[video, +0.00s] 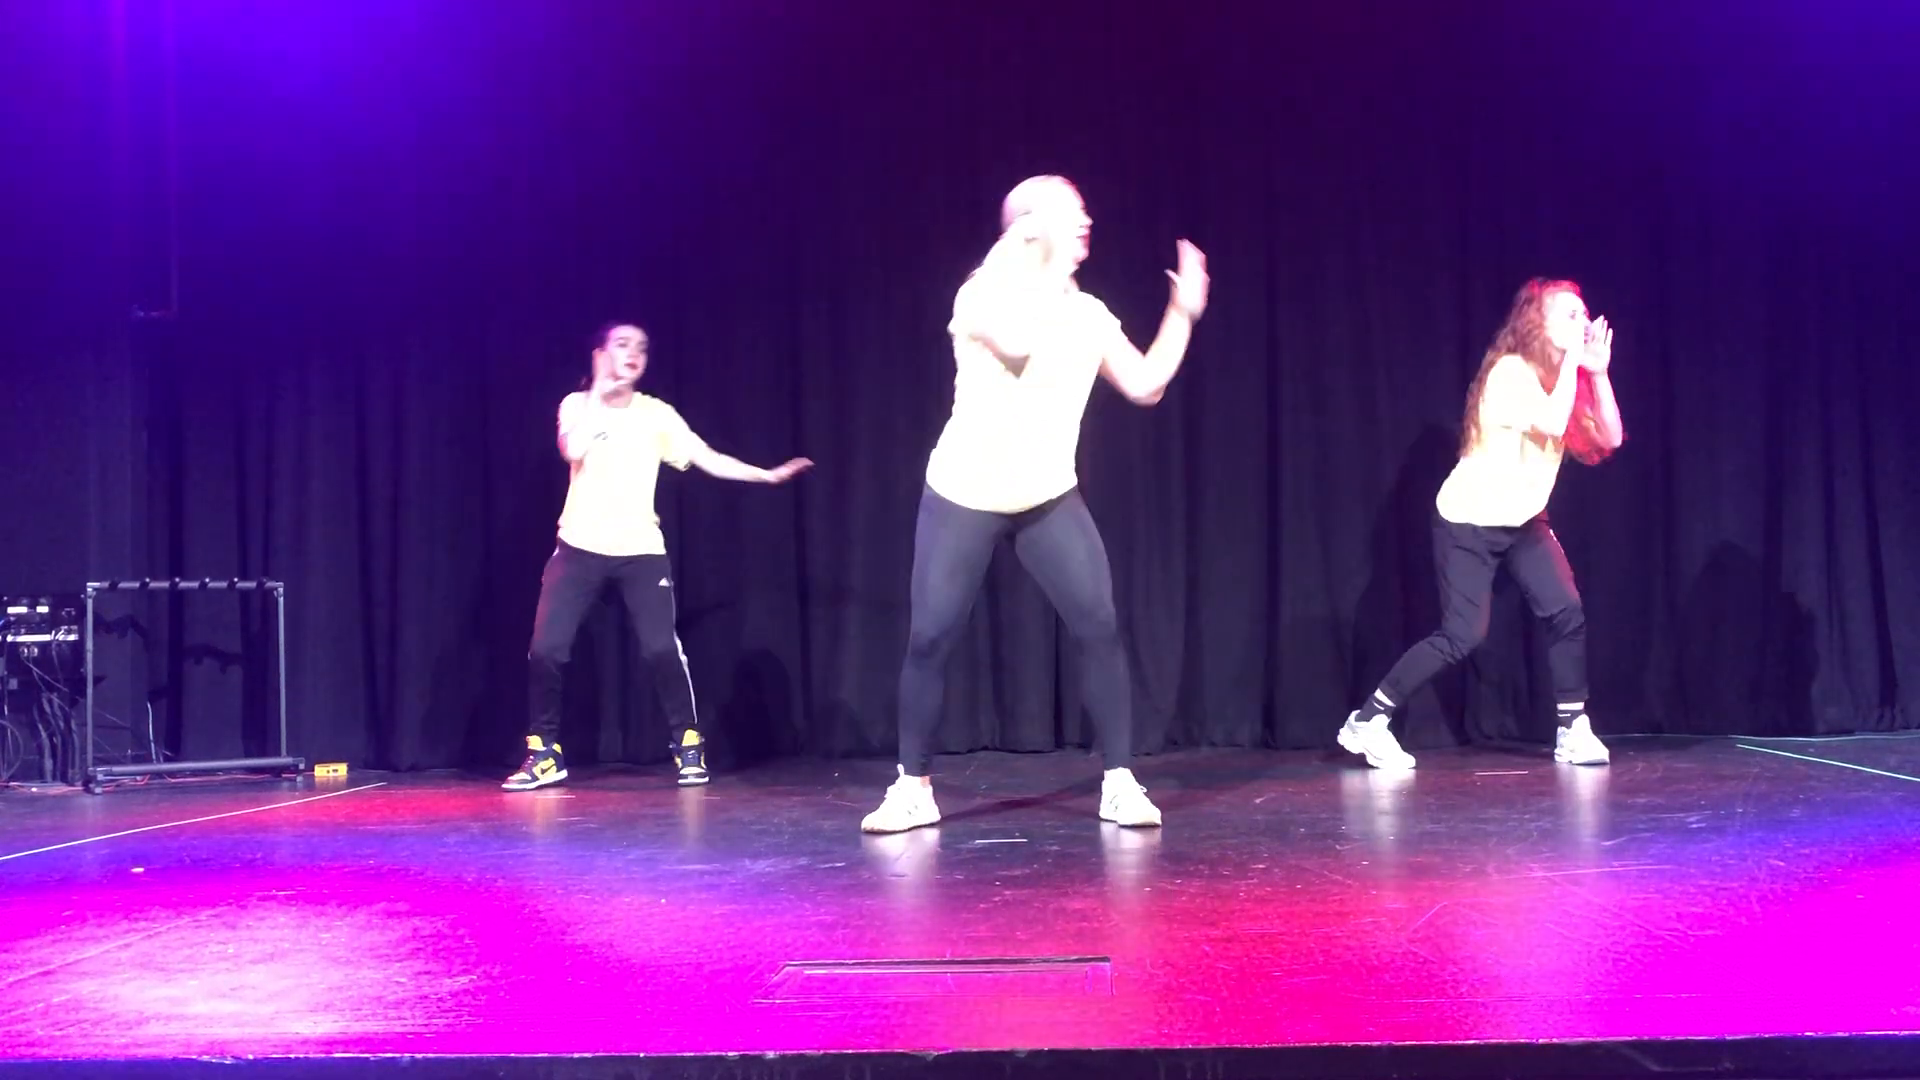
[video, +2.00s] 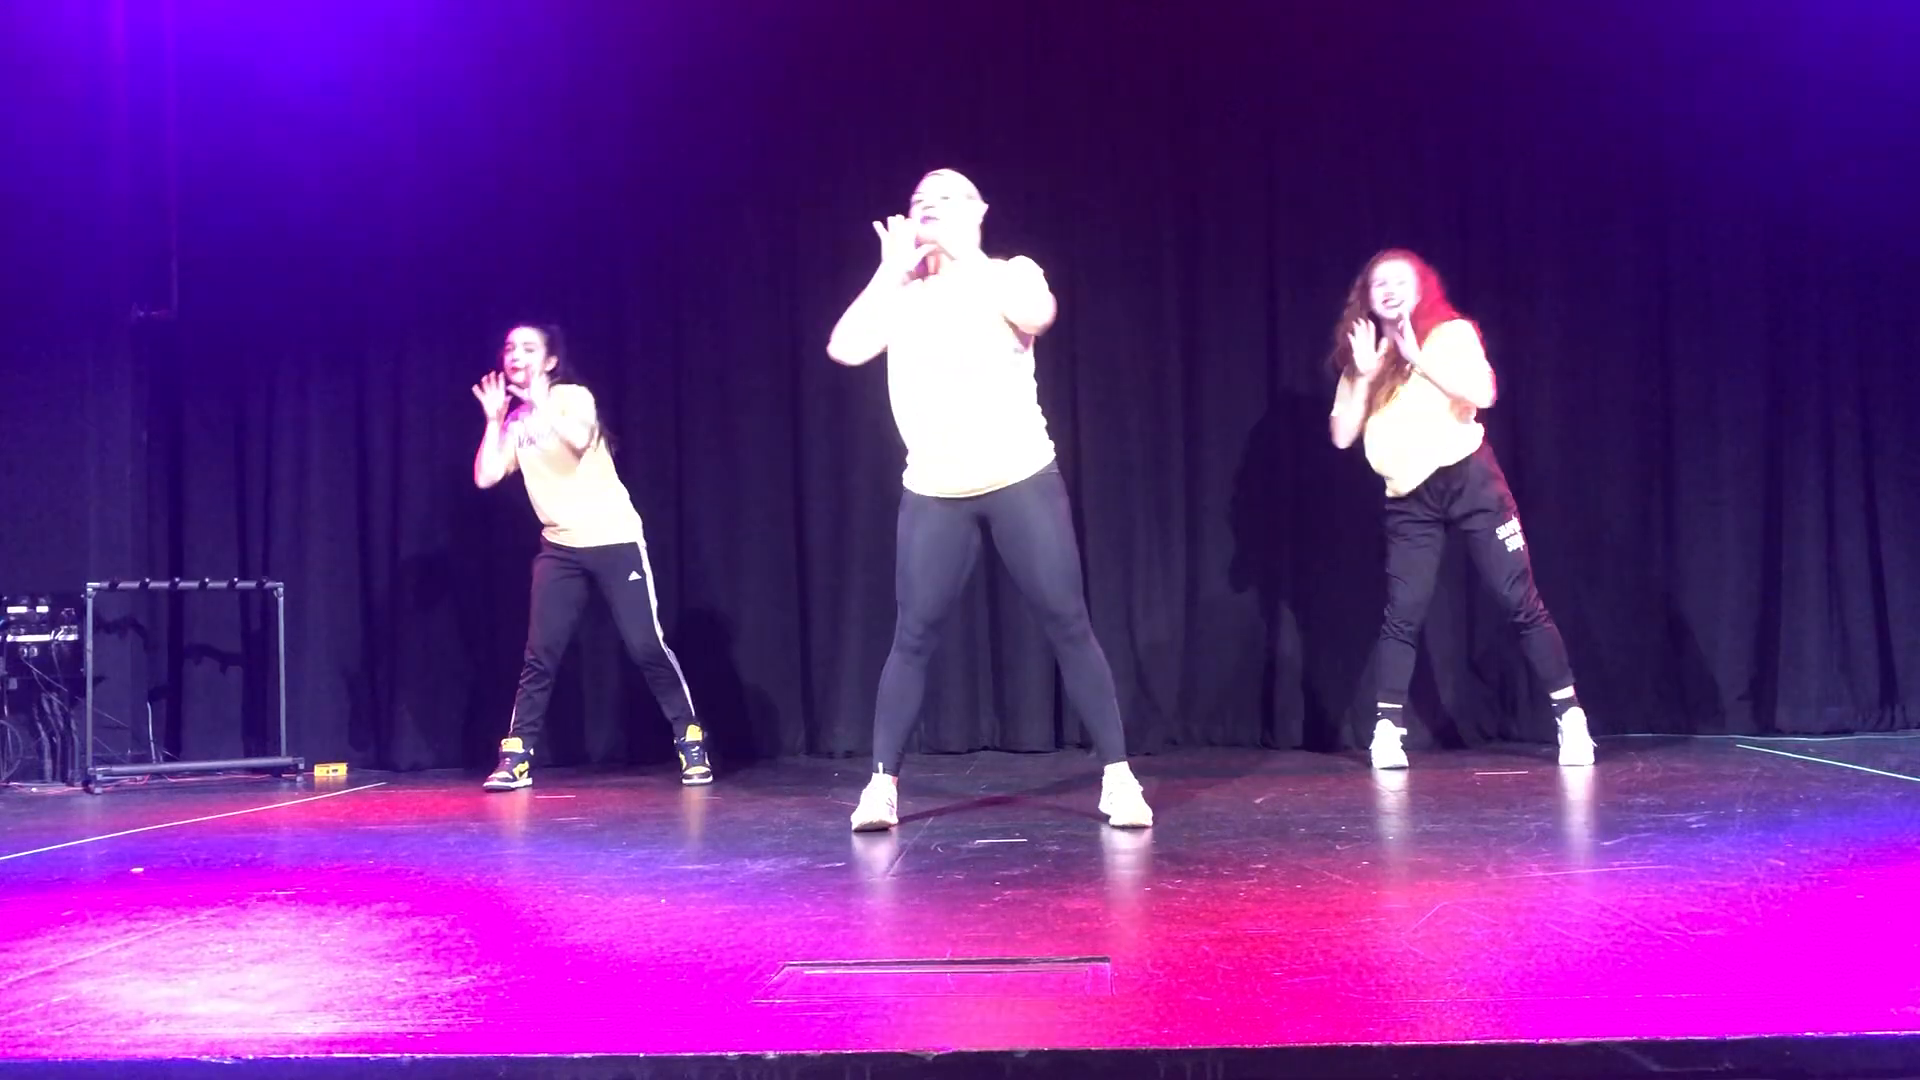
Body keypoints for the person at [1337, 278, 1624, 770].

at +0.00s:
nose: (1580, 322)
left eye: (1582, 315)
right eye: (1568, 313)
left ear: (1582, 326)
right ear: (1536, 321)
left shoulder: (1564, 384)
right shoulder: (1509, 373)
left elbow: (1610, 437)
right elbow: (1553, 423)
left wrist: (1601, 374)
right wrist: (1574, 362)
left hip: (1524, 523)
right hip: (1468, 522)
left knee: (1565, 612)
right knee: (1462, 634)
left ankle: (1572, 731)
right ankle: (1366, 722)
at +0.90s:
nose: (1581, 382)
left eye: (1588, 371)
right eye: (1568, 372)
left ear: (1597, 376)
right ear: (1542, 378)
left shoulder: (1578, 433)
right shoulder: (1503, 415)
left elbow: (1623, 487)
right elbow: (1512, 483)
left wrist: (1608, 428)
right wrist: (1565, 420)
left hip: (1502, 528)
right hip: (1437, 518)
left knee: (1539, 618)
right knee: (1424, 619)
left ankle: (1570, 729)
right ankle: (1386, 730)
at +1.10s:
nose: (1524, 398)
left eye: (1533, 387)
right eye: (1512, 388)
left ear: (1549, 391)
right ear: (1491, 395)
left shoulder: (1551, 439)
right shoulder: (1461, 430)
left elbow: (1596, 496)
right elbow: (1451, 502)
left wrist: (1562, 439)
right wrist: (1500, 441)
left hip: (1502, 527)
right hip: (1433, 523)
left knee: (1534, 619)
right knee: (1417, 618)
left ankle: (1571, 728)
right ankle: (1386, 731)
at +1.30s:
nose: (1454, 404)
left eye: (1464, 392)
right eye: (1441, 394)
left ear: (1485, 393)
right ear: (1424, 400)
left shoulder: (1510, 425)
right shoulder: (1410, 438)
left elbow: (1547, 495)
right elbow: (1387, 513)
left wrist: (1492, 445)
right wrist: (1429, 452)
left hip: (1504, 525)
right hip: (1431, 527)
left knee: (1531, 612)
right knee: (1417, 615)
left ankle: (1570, 726)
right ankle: (1386, 730)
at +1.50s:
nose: (1390, 397)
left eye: (1400, 384)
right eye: (1382, 387)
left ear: (1425, 383)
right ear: (1372, 392)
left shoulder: (1464, 412)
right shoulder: (1376, 428)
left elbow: (1487, 478)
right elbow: (1345, 506)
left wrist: (1424, 430)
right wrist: (1370, 441)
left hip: (1500, 515)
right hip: (1432, 527)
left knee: (1530, 614)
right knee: (1413, 621)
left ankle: (1570, 724)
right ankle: (1387, 730)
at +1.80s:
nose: (1353, 349)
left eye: (1362, 338)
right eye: (1346, 341)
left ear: (1390, 340)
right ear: (1340, 350)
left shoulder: (1424, 375)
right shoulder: (1354, 407)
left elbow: (1430, 433)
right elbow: (1320, 468)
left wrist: (1374, 380)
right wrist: (1335, 398)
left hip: (1485, 504)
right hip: (1427, 523)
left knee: (1524, 612)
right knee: (1403, 621)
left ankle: (1589, 720)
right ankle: (1389, 732)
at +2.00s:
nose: (1390, 293)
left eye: (1399, 283)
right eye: (1381, 285)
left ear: (1421, 289)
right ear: (1367, 296)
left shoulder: (1450, 334)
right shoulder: (1363, 356)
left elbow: (1484, 394)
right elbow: (1342, 436)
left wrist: (1417, 358)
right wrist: (1363, 373)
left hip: (1473, 484)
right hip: (1408, 500)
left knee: (1520, 602)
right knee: (1402, 614)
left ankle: (1570, 718)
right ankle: (1388, 730)